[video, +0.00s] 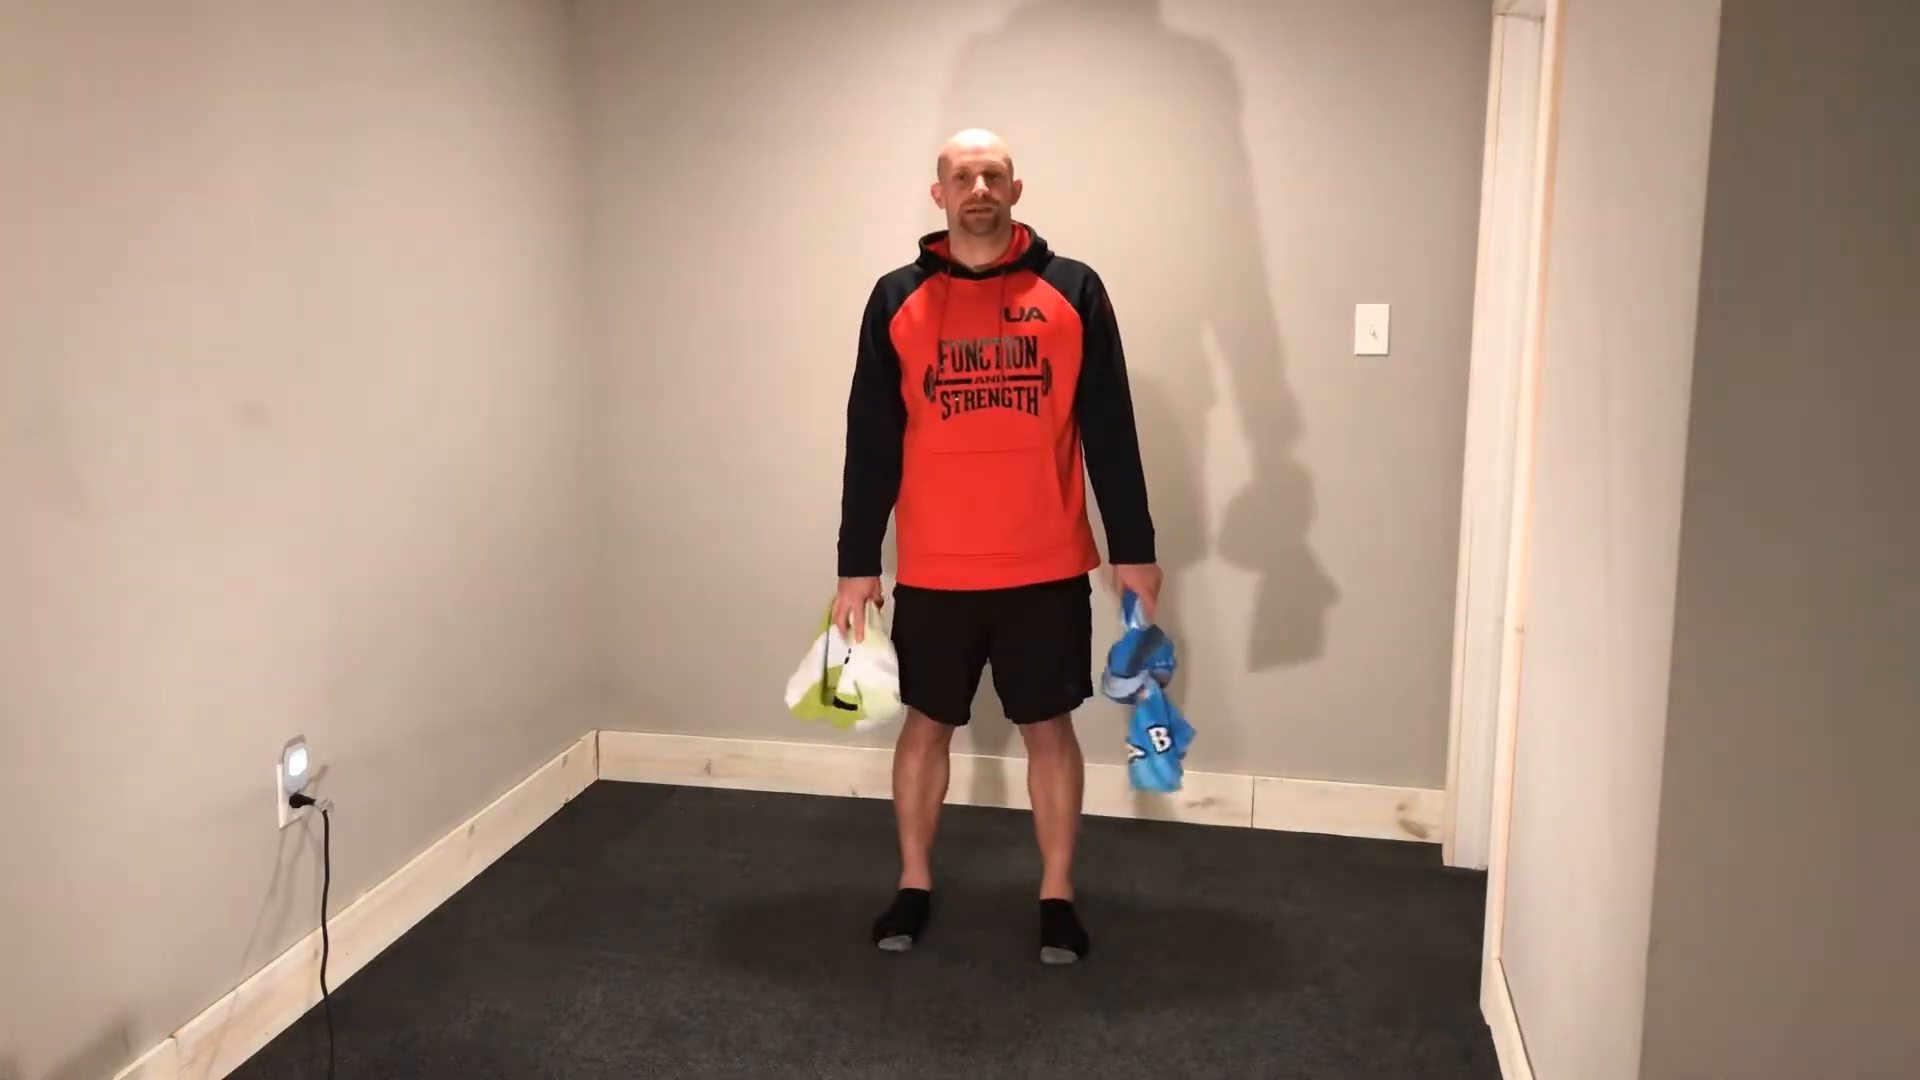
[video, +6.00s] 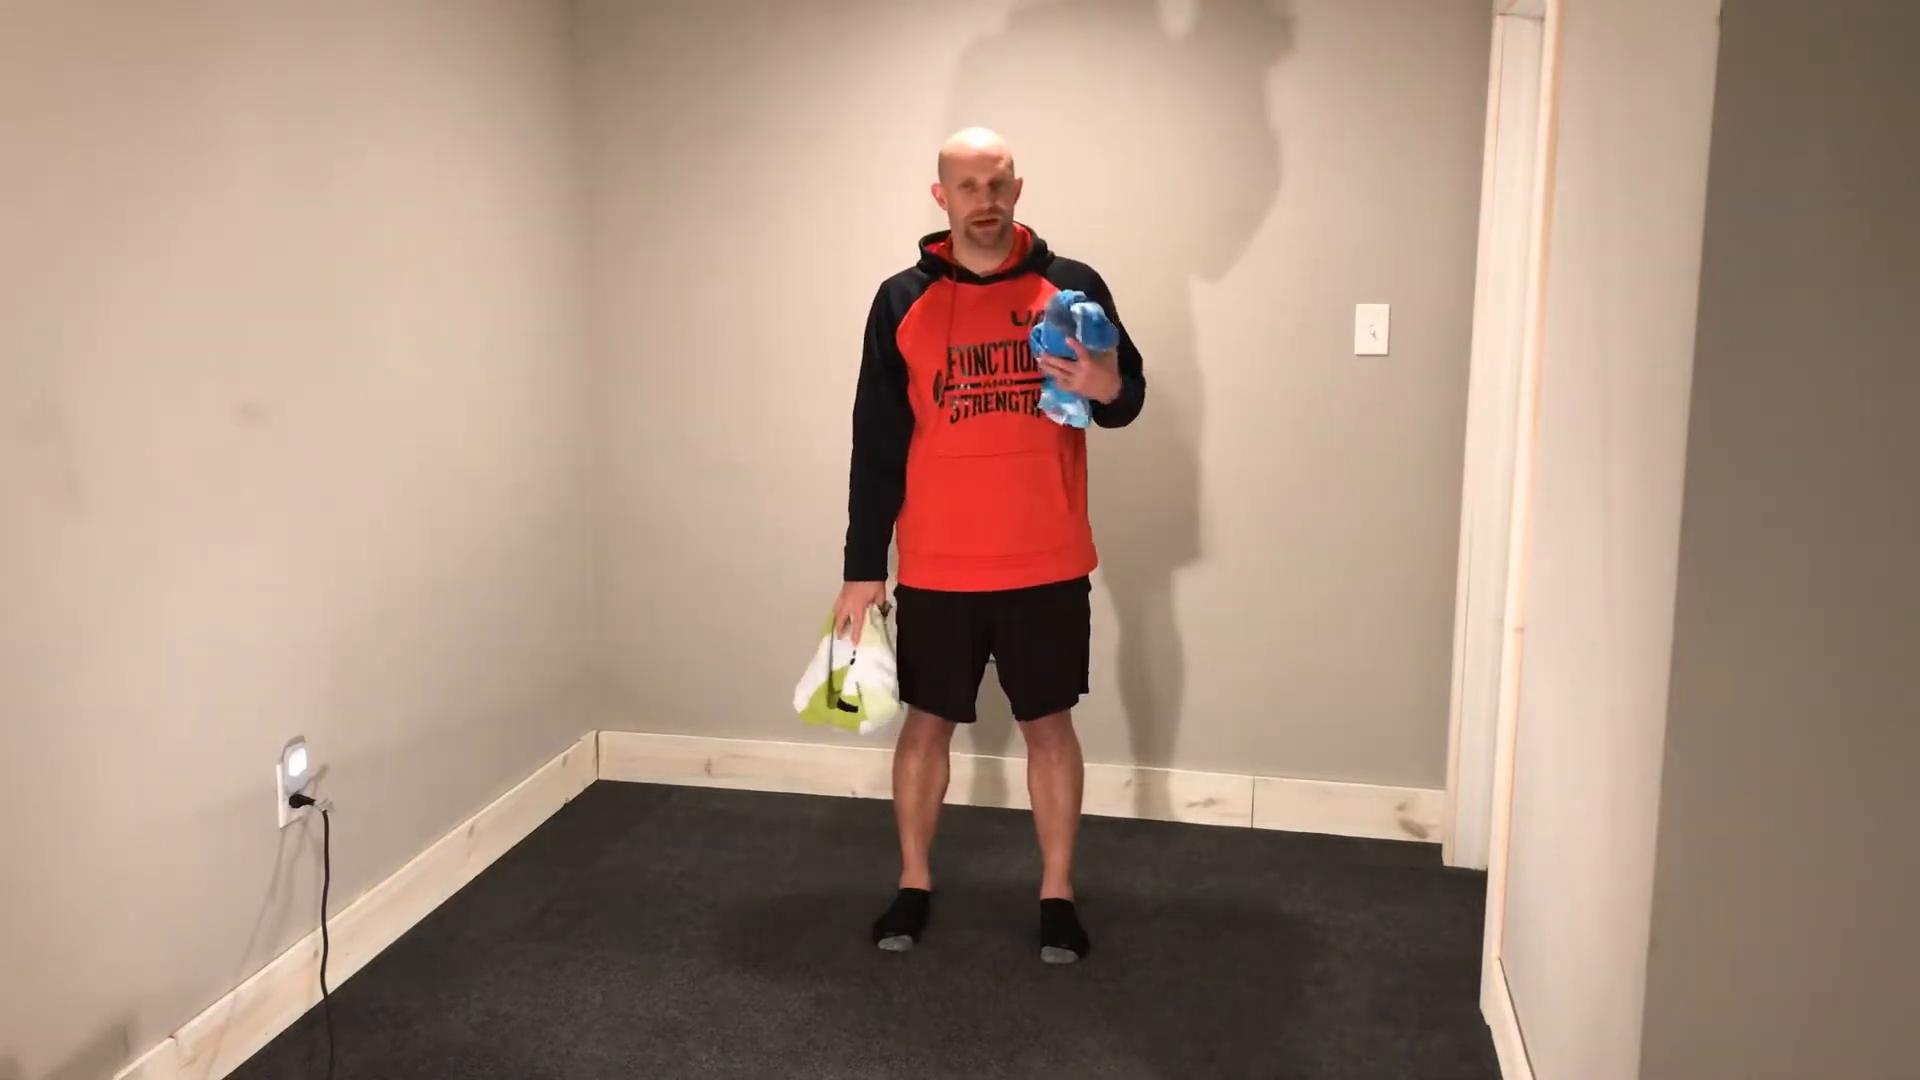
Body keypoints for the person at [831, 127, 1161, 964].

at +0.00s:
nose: (979, 187)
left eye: (992, 174)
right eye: (962, 176)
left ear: (1018, 192)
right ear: (937, 195)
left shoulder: (1072, 291)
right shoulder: (898, 299)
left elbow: (1109, 427)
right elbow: (871, 437)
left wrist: (1134, 549)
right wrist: (857, 560)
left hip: (1042, 564)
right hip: (935, 567)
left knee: (1047, 727)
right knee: (925, 725)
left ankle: (1057, 898)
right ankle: (912, 888)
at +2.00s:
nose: (987, 198)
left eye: (1001, 183)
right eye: (971, 184)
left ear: (1022, 190)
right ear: (946, 192)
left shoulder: (1075, 292)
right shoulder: (904, 296)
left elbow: (1113, 420)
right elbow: (873, 433)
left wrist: (1131, 532)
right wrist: (859, 557)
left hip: (1044, 562)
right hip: (936, 563)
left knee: (1048, 725)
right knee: (926, 723)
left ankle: (1057, 897)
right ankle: (912, 887)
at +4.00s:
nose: (986, 195)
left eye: (999, 180)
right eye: (969, 182)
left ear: (1024, 188)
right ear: (947, 193)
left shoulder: (1079, 294)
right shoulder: (907, 297)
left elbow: (1123, 412)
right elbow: (873, 434)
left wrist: (1098, 439)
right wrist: (856, 558)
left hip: (1038, 560)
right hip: (933, 561)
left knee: (1044, 724)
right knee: (924, 723)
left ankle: (1057, 896)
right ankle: (911, 888)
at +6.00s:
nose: (984, 202)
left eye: (998, 186)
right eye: (968, 187)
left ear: (1018, 190)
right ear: (941, 193)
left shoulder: (1070, 289)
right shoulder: (902, 301)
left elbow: (1127, 397)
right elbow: (877, 441)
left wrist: (1109, 388)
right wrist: (863, 568)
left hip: (1045, 562)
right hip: (936, 565)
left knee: (1049, 727)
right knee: (925, 724)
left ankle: (1058, 897)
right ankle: (912, 889)